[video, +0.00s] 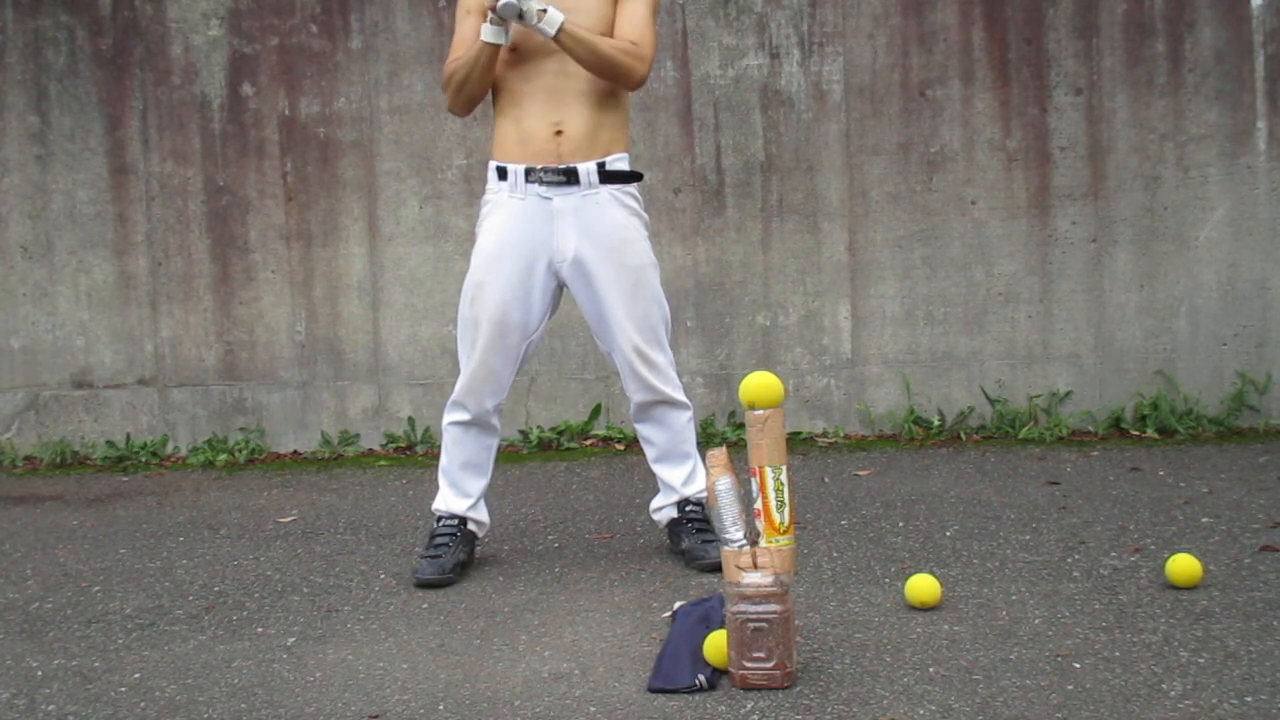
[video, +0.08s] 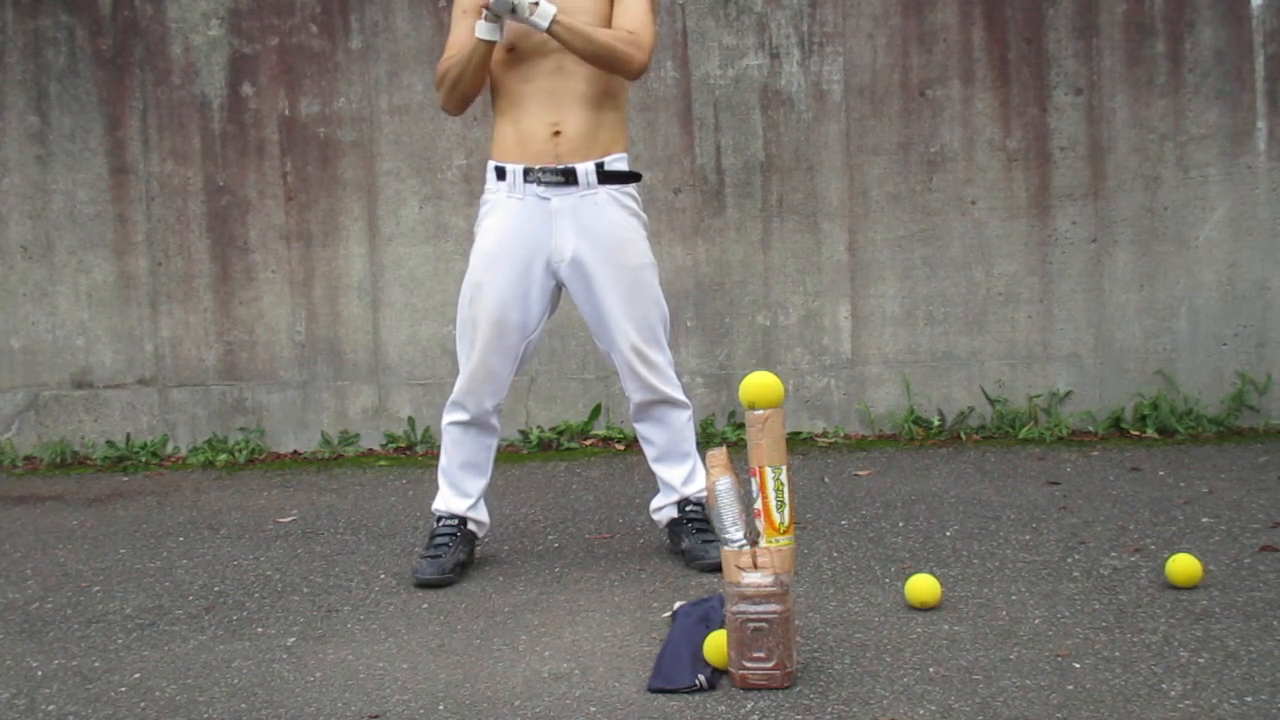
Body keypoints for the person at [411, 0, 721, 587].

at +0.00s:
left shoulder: (628, 0)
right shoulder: (483, 1)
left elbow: (634, 69)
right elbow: (460, 99)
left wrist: (550, 19)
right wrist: (493, 26)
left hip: (605, 195)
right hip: (513, 198)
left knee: (647, 363)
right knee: (480, 374)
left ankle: (686, 507)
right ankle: (455, 517)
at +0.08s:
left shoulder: (623, 0)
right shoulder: (478, 1)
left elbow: (635, 58)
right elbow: (453, 98)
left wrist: (545, 14)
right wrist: (487, 27)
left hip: (604, 195)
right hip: (512, 198)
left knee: (646, 363)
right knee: (479, 374)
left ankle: (686, 507)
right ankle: (455, 518)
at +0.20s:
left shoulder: (615, 1)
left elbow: (623, 47)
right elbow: (440, 96)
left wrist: (527, 9)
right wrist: (474, 22)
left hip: (599, 196)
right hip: (507, 199)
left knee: (644, 363)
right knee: (477, 375)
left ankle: (686, 507)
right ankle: (455, 518)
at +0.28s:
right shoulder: (465, 0)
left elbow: (614, 41)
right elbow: (430, 94)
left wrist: (517, 7)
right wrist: (463, 18)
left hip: (594, 194)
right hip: (502, 199)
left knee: (645, 364)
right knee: (473, 377)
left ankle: (687, 507)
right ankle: (455, 518)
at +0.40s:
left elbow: (601, 37)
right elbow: (414, 90)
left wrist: (502, 7)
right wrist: (447, 14)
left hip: (585, 192)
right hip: (493, 198)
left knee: (647, 360)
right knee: (468, 378)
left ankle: (693, 506)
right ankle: (454, 518)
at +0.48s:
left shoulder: (591, 0)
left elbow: (596, 36)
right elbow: (402, 85)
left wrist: (499, 6)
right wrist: (442, 9)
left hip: (583, 193)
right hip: (490, 200)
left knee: (652, 354)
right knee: (466, 379)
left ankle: (701, 500)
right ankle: (453, 518)